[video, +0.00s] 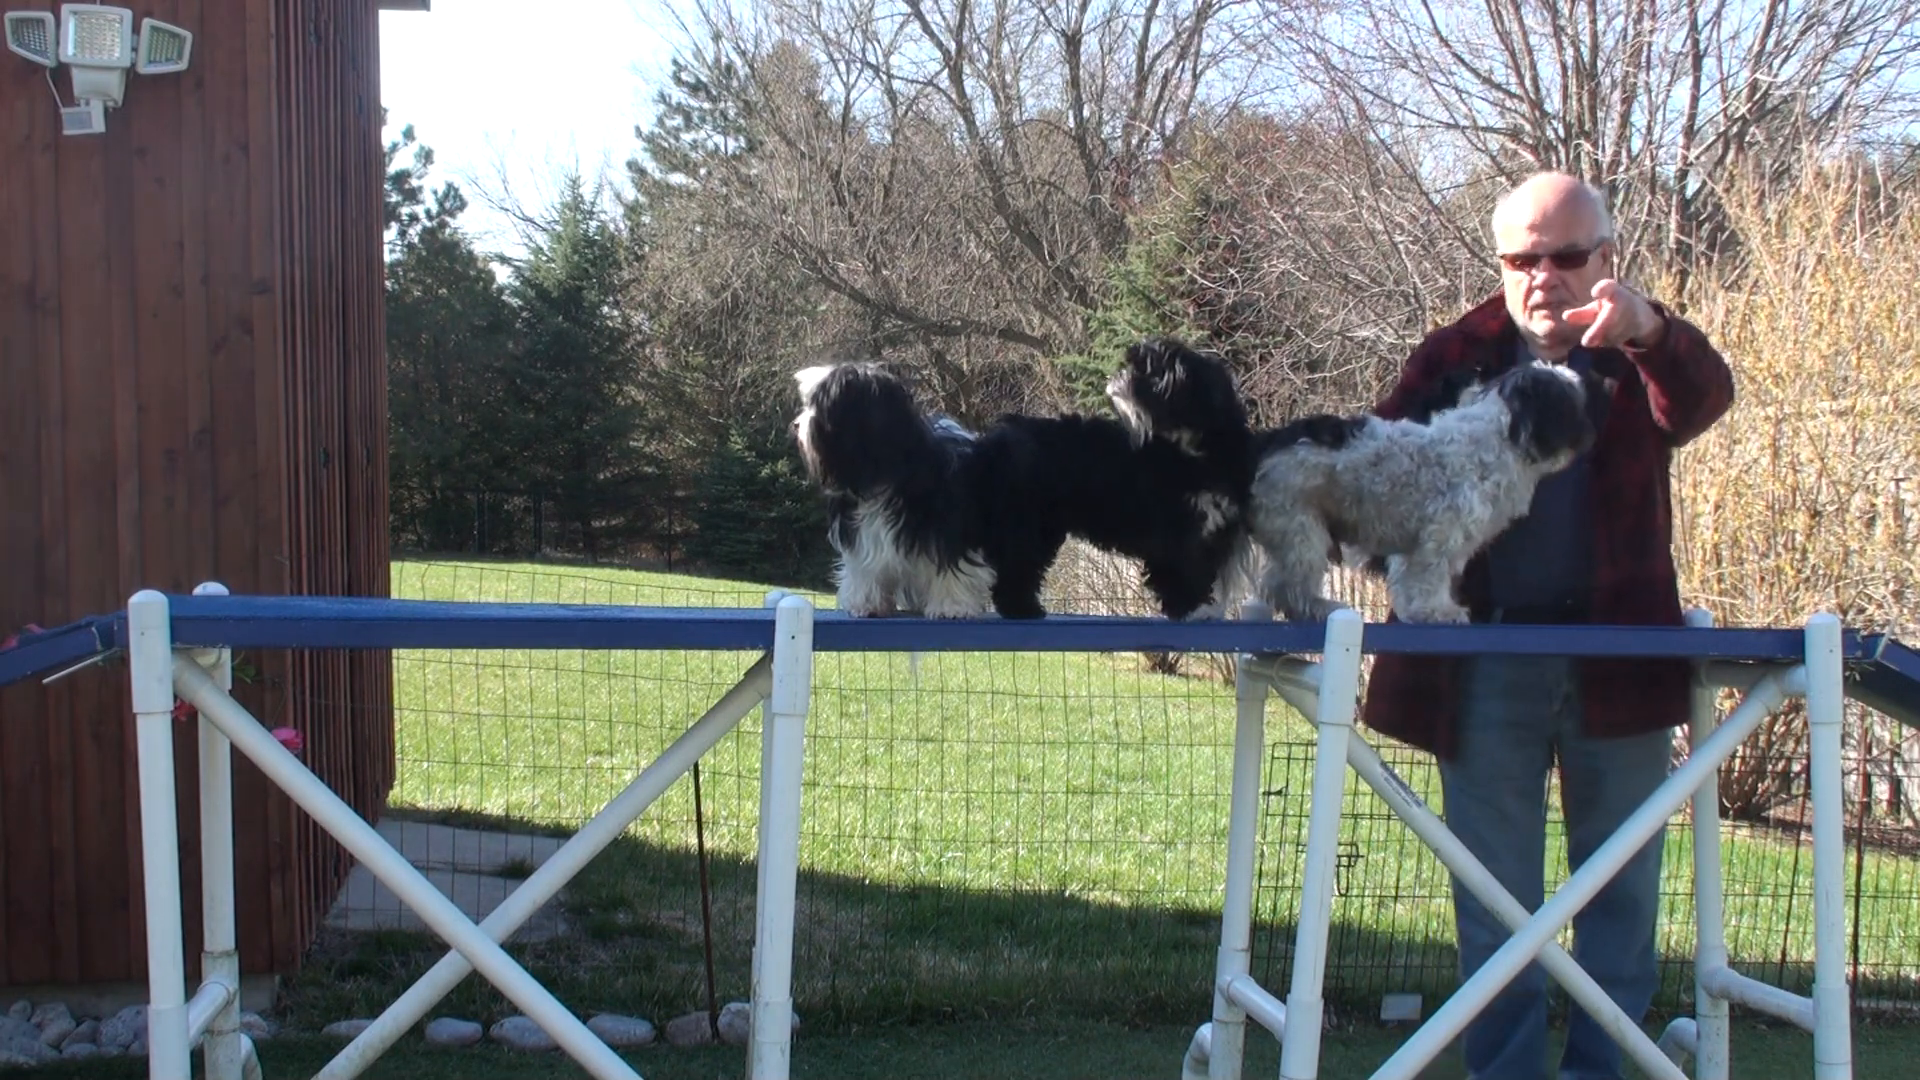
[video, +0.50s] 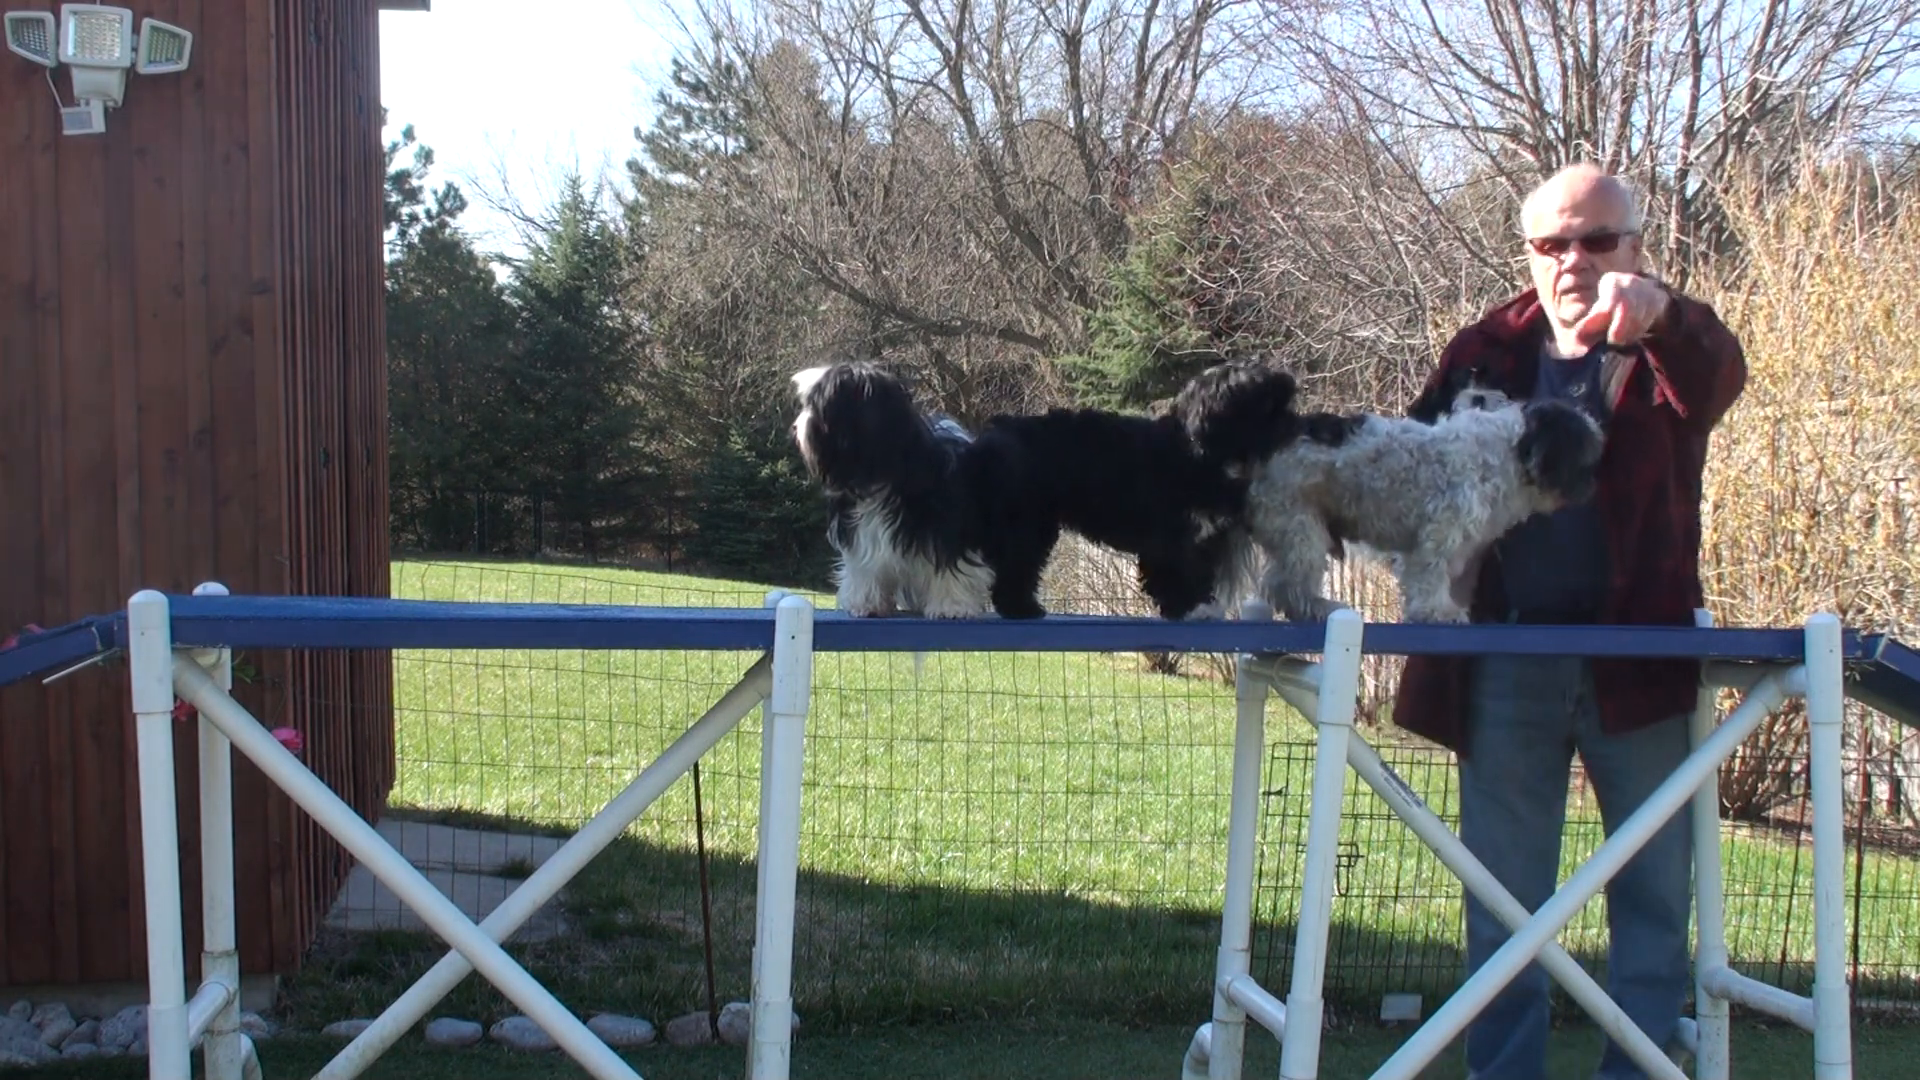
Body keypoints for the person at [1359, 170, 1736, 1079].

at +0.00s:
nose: (1548, 277)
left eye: (1570, 257)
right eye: (1526, 260)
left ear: (1610, 253)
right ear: (1496, 264)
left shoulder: (1643, 352)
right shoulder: (1451, 357)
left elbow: (1703, 401)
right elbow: (1381, 469)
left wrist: (1650, 333)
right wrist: (1369, 533)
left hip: (1621, 661)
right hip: (1484, 659)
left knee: (1621, 897)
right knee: (1493, 899)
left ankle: (1601, 1068)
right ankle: (1503, 1065)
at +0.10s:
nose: (1542, 278)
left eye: (1565, 257)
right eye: (1520, 260)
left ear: (1605, 255)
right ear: (1492, 264)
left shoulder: (1637, 354)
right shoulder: (1449, 357)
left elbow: (1700, 393)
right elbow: (1375, 464)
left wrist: (1648, 320)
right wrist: (1368, 533)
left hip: (1621, 660)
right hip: (1482, 660)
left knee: (1634, 890)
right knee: (1492, 898)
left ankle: (1616, 1068)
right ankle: (1502, 1065)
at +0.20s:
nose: (1545, 274)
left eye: (1568, 253)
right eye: (1523, 256)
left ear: (1607, 255)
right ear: (1494, 264)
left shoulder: (1641, 351)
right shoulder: (1448, 358)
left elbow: (1702, 385)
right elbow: (1374, 462)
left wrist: (1652, 313)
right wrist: (1366, 533)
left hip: (1626, 659)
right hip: (1485, 659)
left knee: (1646, 891)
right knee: (1491, 899)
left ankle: (1636, 1069)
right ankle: (1500, 1066)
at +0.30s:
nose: (1554, 268)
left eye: (1576, 248)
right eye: (1532, 251)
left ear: (1613, 253)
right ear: (1503, 260)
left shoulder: (1647, 350)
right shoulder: (1455, 357)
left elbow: (1704, 377)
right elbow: (1380, 467)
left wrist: (1657, 307)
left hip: (1633, 659)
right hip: (1492, 659)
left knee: (1649, 893)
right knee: (1493, 898)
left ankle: (1644, 1070)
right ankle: (1500, 1066)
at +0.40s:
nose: (1563, 261)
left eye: (1585, 242)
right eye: (1542, 245)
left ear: (1620, 249)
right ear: (1515, 257)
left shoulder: (1660, 348)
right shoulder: (1464, 356)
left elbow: (1705, 373)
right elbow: (1396, 466)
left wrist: (1662, 308)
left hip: (1636, 658)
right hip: (1498, 658)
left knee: (1646, 888)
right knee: (1500, 893)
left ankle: (1641, 1067)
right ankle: (1500, 1064)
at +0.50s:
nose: (1576, 260)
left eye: (1599, 241)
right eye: (1555, 244)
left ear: (1635, 246)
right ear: (1528, 253)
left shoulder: (1673, 345)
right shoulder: (1478, 352)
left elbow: (1717, 382)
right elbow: (1414, 471)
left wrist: (1662, 312)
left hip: (1640, 660)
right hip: (1504, 658)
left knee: (1655, 892)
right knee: (1502, 893)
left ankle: (1641, 1069)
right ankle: (1502, 1064)